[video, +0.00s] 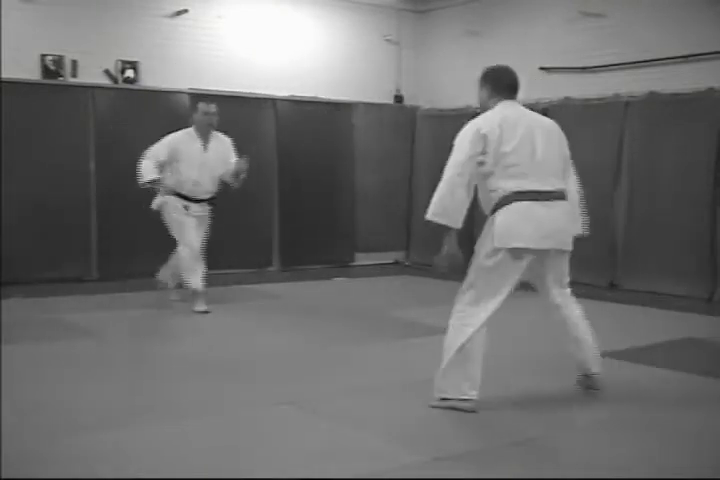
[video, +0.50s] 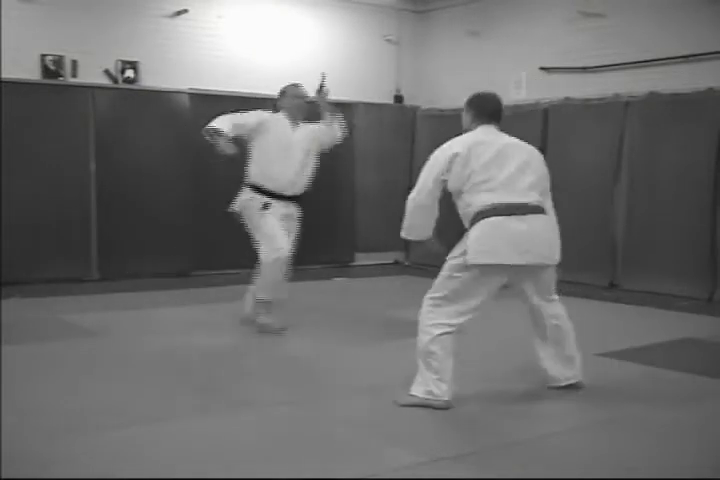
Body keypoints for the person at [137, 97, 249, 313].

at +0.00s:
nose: (211, 119)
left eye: (214, 114)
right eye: (206, 114)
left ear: (218, 117)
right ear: (194, 116)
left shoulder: (224, 144)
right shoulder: (178, 140)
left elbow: (232, 179)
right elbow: (148, 160)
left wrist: (238, 174)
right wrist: (154, 182)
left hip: (203, 206)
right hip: (174, 201)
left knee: (193, 248)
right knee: (190, 244)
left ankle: (167, 277)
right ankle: (199, 294)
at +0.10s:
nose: (219, 116)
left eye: (221, 112)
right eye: (214, 111)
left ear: (225, 115)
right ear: (202, 113)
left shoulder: (232, 140)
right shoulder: (186, 139)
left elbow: (240, 172)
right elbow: (167, 166)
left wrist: (251, 167)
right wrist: (185, 176)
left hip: (216, 204)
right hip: (187, 203)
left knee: (216, 252)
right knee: (201, 249)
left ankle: (186, 271)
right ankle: (200, 298)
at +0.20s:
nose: (227, 111)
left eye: (232, 107)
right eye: (225, 106)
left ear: (240, 111)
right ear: (220, 109)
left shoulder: (250, 137)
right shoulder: (207, 135)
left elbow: (270, 165)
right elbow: (203, 162)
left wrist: (276, 151)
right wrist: (236, 164)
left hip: (234, 207)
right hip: (203, 204)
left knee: (244, 250)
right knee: (203, 256)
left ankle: (226, 293)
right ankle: (199, 301)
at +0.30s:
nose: (258, 106)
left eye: (260, 102)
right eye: (253, 101)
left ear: (263, 106)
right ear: (240, 104)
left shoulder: (267, 134)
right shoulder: (227, 126)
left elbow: (279, 165)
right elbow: (213, 149)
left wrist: (291, 152)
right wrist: (234, 167)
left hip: (248, 204)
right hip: (215, 200)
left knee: (258, 250)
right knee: (211, 257)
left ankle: (254, 302)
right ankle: (199, 300)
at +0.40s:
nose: (286, 106)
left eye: (289, 102)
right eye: (281, 102)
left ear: (293, 107)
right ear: (269, 104)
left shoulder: (297, 137)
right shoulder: (252, 125)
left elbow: (308, 162)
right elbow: (215, 135)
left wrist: (315, 137)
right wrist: (211, 156)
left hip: (272, 209)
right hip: (240, 203)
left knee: (269, 263)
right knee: (251, 258)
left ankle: (252, 311)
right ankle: (223, 286)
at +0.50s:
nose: (302, 103)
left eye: (304, 99)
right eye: (296, 98)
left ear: (307, 104)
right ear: (282, 100)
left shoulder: (312, 133)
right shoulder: (265, 121)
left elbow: (336, 134)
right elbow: (220, 125)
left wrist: (325, 106)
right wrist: (223, 141)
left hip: (289, 207)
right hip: (257, 200)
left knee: (279, 259)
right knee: (277, 249)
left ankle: (251, 308)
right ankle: (262, 309)